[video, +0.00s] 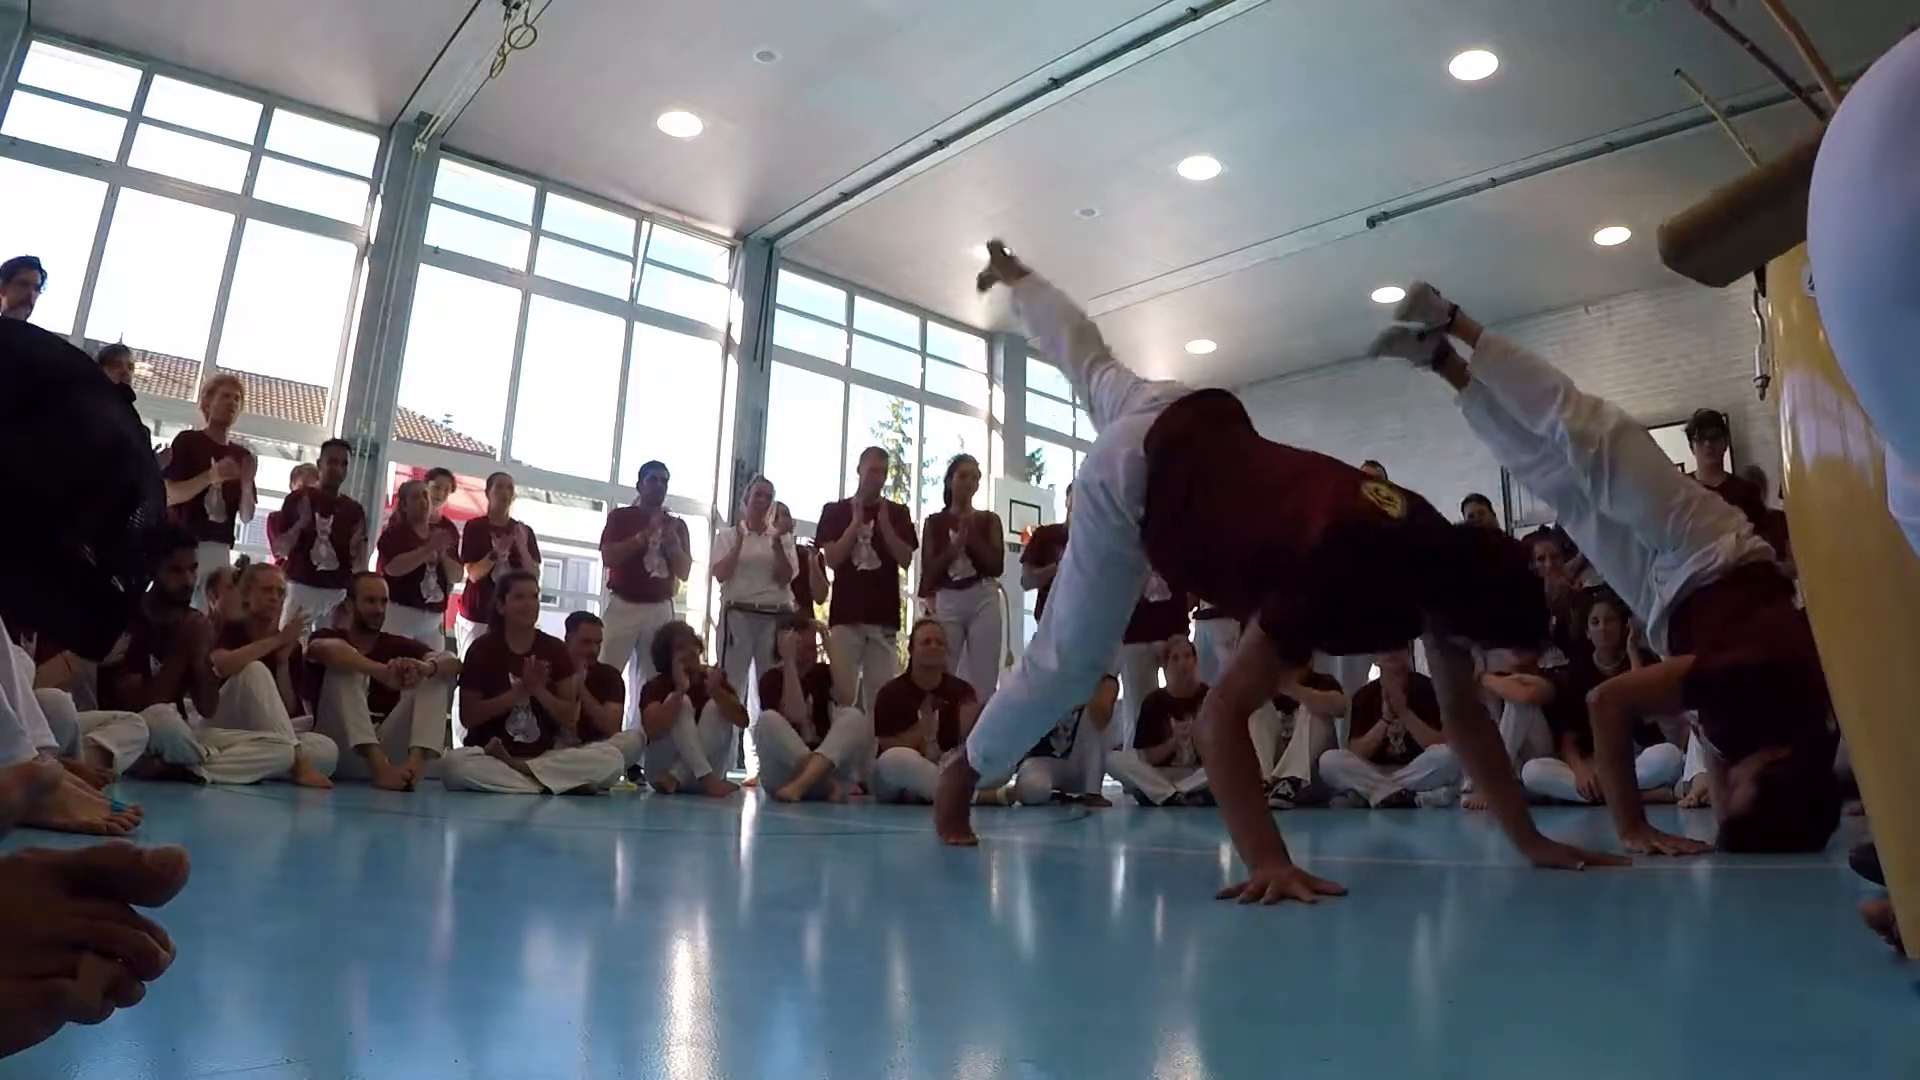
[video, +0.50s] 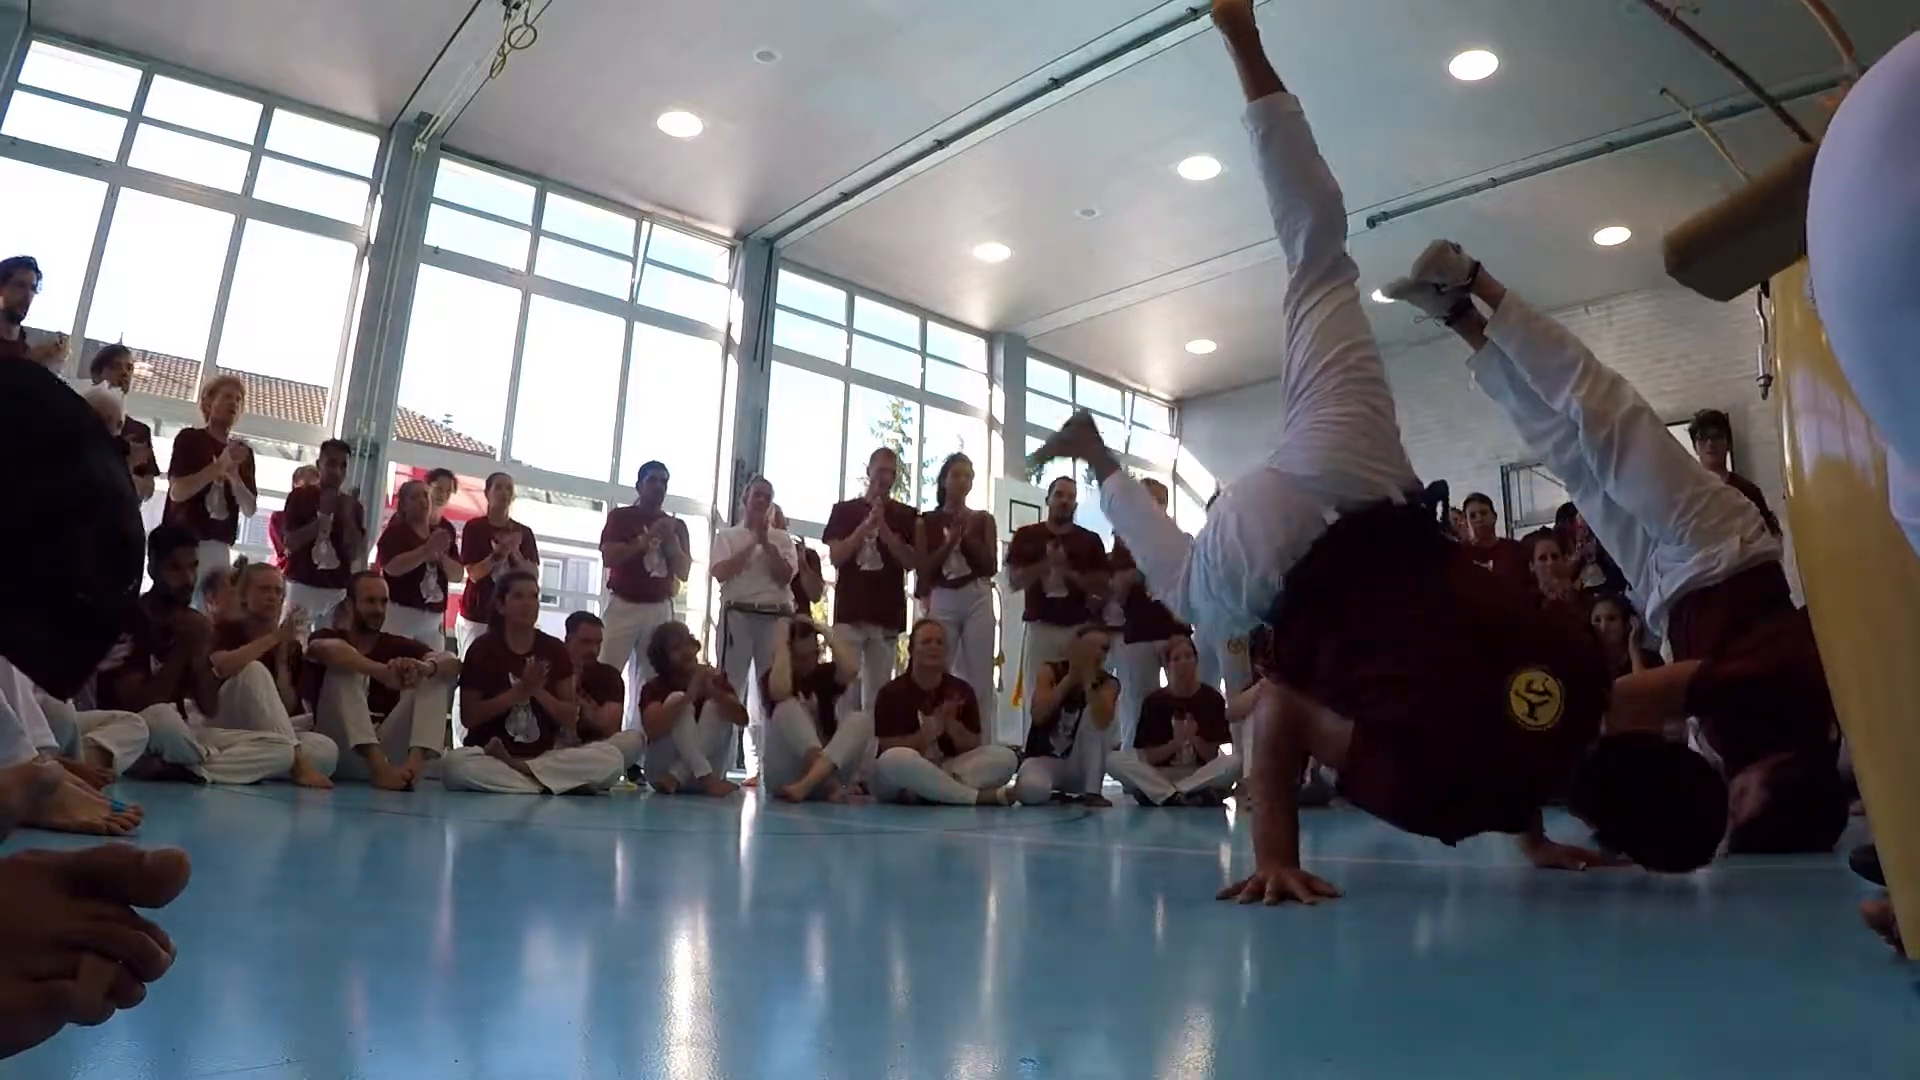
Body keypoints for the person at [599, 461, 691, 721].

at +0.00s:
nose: (659, 485)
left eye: (663, 481)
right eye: (653, 479)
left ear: (668, 487)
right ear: (639, 484)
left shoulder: (676, 525)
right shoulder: (619, 517)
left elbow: (684, 573)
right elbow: (609, 557)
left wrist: (672, 545)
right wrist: (644, 535)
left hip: (660, 609)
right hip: (622, 607)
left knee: (653, 684)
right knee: (606, 679)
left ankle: (646, 747)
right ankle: (599, 744)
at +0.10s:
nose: (658, 485)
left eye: (663, 481)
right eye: (652, 480)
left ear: (667, 487)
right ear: (639, 484)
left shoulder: (677, 525)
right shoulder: (619, 516)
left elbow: (684, 571)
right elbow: (609, 556)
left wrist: (670, 539)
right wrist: (645, 540)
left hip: (659, 610)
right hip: (622, 608)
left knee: (653, 685)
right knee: (606, 679)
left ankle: (647, 749)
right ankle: (600, 745)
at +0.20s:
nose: (658, 485)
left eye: (663, 481)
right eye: (652, 480)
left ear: (667, 487)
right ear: (639, 484)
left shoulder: (677, 525)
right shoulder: (619, 516)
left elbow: (684, 572)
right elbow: (609, 556)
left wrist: (671, 541)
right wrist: (645, 539)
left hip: (659, 611)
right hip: (622, 609)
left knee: (652, 686)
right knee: (606, 680)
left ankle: (646, 749)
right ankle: (600, 746)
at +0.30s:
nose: (659, 485)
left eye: (663, 481)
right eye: (652, 480)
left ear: (667, 487)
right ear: (639, 484)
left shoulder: (676, 525)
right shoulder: (619, 517)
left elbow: (684, 573)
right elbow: (609, 557)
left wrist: (673, 546)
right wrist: (644, 534)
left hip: (660, 609)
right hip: (622, 608)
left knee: (653, 686)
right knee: (605, 680)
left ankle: (645, 749)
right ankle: (597, 745)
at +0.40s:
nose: (658, 485)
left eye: (663, 481)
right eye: (652, 480)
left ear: (668, 487)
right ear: (639, 484)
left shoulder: (676, 525)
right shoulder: (619, 517)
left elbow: (684, 573)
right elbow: (610, 557)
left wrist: (673, 548)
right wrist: (643, 535)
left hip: (659, 610)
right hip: (622, 608)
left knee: (653, 685)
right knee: (606, 680)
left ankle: (646, 749)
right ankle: (598, 745)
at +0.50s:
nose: (658, 485)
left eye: (663, 481)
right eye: (652, 480)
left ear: (667, 487)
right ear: (639, 484)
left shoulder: (676, 525)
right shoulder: (619, 517)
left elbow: (684, 572)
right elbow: (610, 557)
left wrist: (670, 539)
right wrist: (646, 540)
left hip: (659, 609)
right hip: (622, 607)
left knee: (652, 684)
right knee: (605, 678)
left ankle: (645, 746)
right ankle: (597, 744)